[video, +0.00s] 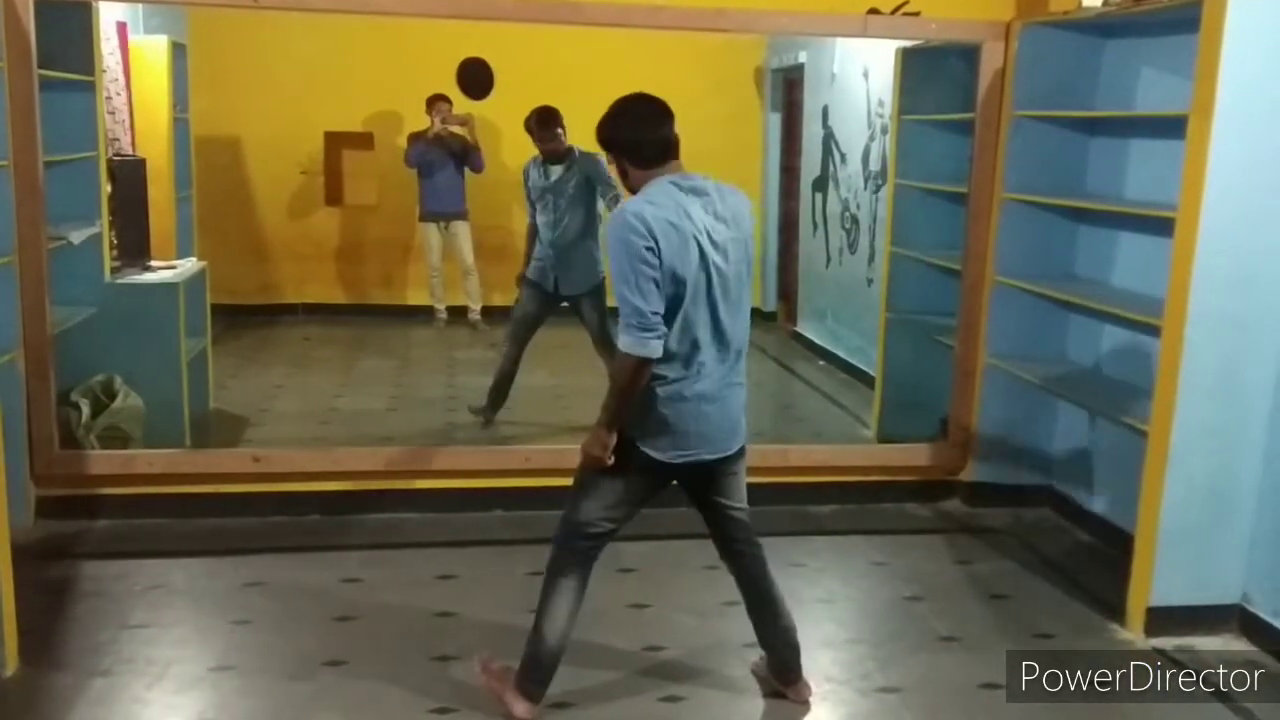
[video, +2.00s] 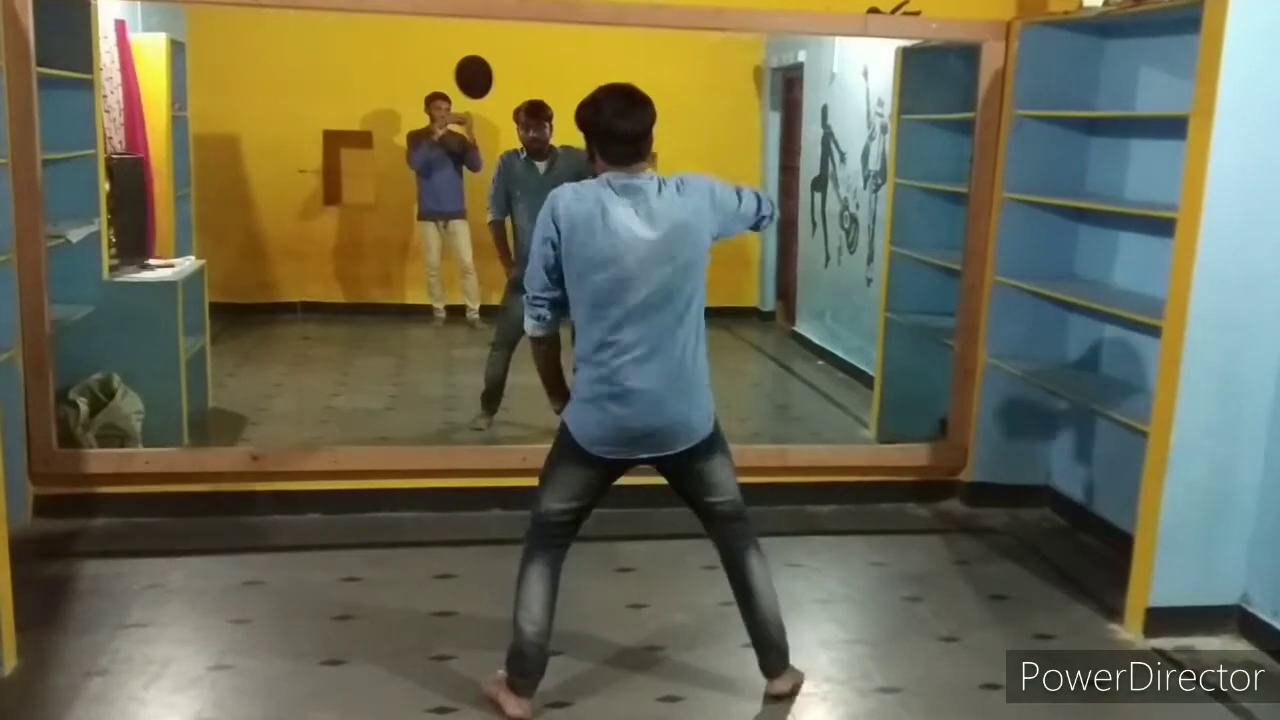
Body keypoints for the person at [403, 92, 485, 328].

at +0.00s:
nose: (442, 116)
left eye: (446, 111)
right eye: (438, 111)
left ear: (452, 114)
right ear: (429, 113)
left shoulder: (458, 140)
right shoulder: (419, 139)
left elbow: (477, 166)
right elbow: (411, 161)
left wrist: (471, 135)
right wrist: (431, 134)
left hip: (457, 213)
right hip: (430, 214)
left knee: (468, 265)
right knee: (434, 267)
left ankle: (474, 313)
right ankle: (439, 312)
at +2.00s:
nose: (441, 113)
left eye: (445, 109)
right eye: (436, 108)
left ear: (450, 112)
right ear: (428, 111)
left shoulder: (456, 138)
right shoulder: (417, 137)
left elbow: (475, 165)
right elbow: (415, 163)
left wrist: (470, 133)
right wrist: (435, 136)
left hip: (456, 211)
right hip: (428, 212)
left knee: (466, 264)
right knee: (433, 265)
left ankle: (473, 312)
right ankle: (438, 311)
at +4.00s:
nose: (440, 110)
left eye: (444, 106)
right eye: (436, 106)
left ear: (450, 109)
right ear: (427, 108)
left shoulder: (457, 135)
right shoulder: (417, 134)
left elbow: (476, 162)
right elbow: (415, 161)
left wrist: (470, 130)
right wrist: (435, 134)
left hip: (456, 209)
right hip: (429, 210)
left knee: (468, 262)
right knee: (433, 263)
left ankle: (474, 310)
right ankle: (438, 308)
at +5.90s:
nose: (444, 143)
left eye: (448, 139)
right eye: (440, 139)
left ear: (453, 142)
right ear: (431, 141)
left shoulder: (460, 168)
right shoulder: (420, 167)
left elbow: (478, 193)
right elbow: (418, 192)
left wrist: (473, 163)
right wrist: (438, 167)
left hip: (459, 240)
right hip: (432, 241)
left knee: (470, 293)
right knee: (436, 294)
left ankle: (476, 339)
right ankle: (441, 338)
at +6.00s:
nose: (446, 148)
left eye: (450, 144)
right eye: (441, 143)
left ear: (455, 147)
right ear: (433, 146)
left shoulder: (462, 172)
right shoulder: (422, 171)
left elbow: (481, 198)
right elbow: (421, 197)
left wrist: (475, 167)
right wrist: (440, 172)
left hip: (461, 245)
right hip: (434, 246)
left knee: (471, 297)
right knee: (437, 298)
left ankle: (477, 344)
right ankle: (443, 343)